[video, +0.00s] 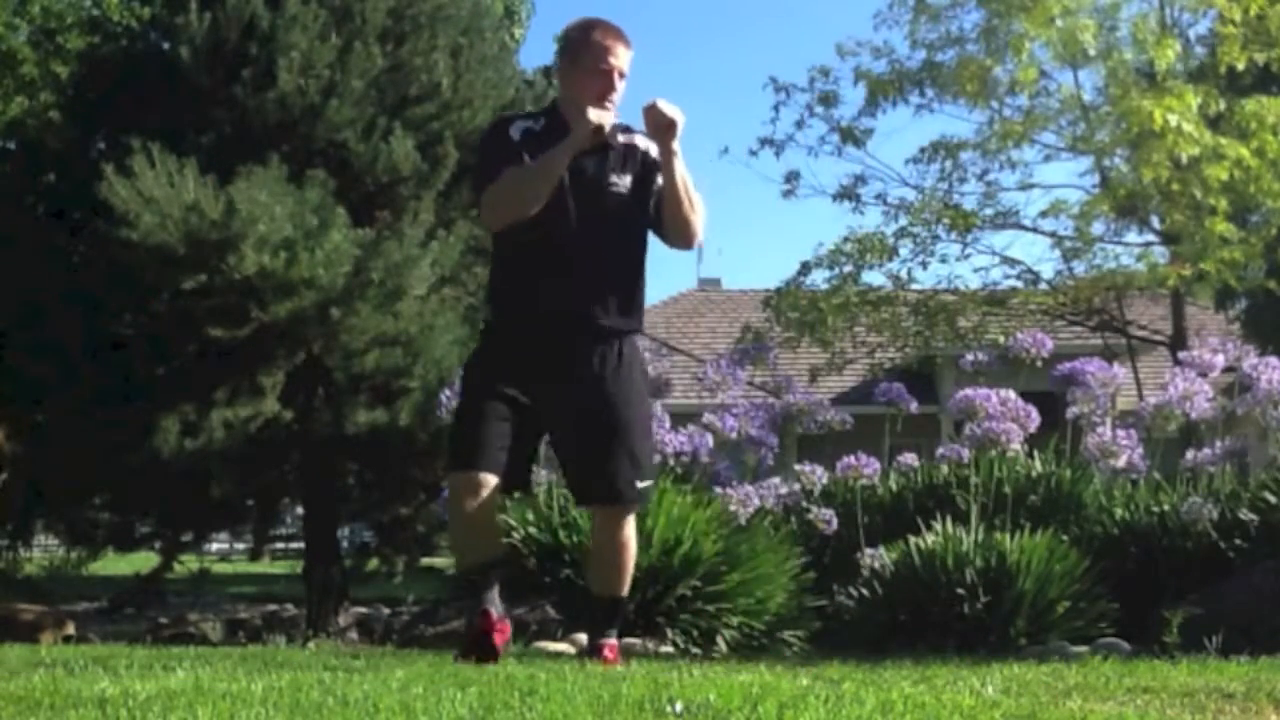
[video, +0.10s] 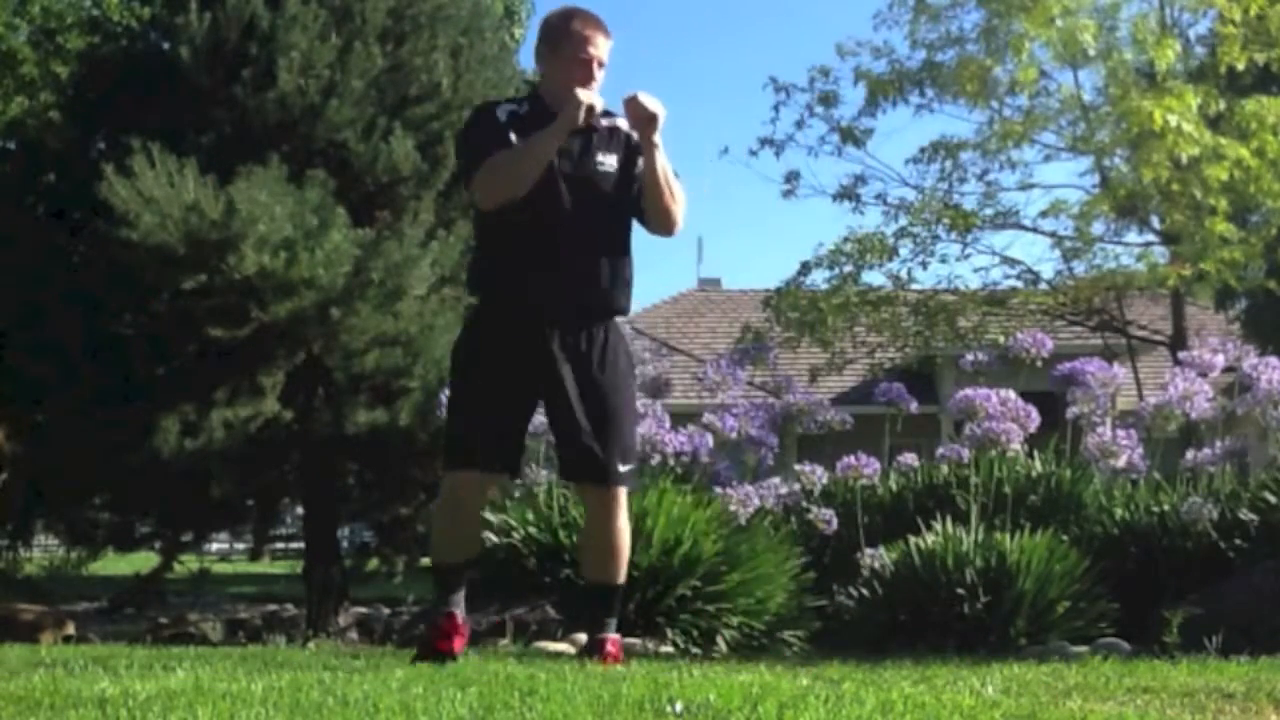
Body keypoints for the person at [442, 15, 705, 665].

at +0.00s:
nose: (611, 77)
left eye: (620, 69)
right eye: (598, 64)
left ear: (627, 79)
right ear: (562, 68)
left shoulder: (641, 155)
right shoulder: (514, 136)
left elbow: (685, 235)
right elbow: (495, 213)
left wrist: (670, 151)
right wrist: (571, 146)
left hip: (605, 348)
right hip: (515, 342)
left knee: (614, 502)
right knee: (471, 483)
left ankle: (605, 641)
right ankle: (487, 619)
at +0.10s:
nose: (592, 64)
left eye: (600, 57)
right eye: (579, 51)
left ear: (607, 67)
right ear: (542, 56)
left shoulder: (623, 140)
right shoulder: (495, 122)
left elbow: (666, 222)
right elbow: (488, 192)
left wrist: (649, 142)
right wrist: (562, 127)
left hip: (594, 333)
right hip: (503, 328)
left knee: (607, 486)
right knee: (469, 476)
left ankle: (604, 633)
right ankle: (448, 616)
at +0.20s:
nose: (569, 76)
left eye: (578, 68)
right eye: (556, 64)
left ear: (587, 81)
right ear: (519, 70)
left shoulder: (603, 154)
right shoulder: (477, 136)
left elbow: (648, 233)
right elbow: (476, 196)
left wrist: (633, 156)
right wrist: (547, 131)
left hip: (580, 347)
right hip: (489, 342)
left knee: (610, 488)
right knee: (459, 490)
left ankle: (604, 633)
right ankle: (423, 629)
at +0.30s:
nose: (553, 107)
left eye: (562, 100)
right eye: (541, 95)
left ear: (571, 109)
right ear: (502, 94)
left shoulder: (589, 180)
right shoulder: (462, 168)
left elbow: (632, 257)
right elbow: (479, 225)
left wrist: (622, 178)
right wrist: (539, 150)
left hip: (570, 371)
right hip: (477, 369)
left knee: (619, 493)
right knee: (450, 510)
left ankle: (606, 633)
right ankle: (417, 636)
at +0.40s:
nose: (554, 94)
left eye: (562, 86)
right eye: (541, 82)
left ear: (572, 96)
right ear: (502, 85)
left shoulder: (589, 169)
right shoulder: (462, 158)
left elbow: (631, 246)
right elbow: (483, 227)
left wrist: (624, 167)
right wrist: (542, 154)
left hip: (574, 357)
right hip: (481, 359)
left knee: (619, 483)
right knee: (450, 508)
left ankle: (609, 629)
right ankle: (419, 634)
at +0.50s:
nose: (565, 78)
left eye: (573, 70)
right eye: (551, 67)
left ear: (583, 80)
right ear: (513, 68)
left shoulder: (601, 149)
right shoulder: (475, 140)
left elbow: (645, 227)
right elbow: (484, 210)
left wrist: (634, 150)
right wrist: (545, 140)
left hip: (586, 342)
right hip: (495, 342)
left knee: (615, 486)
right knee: (460, 495)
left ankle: (614, 629)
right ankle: (427, 629)